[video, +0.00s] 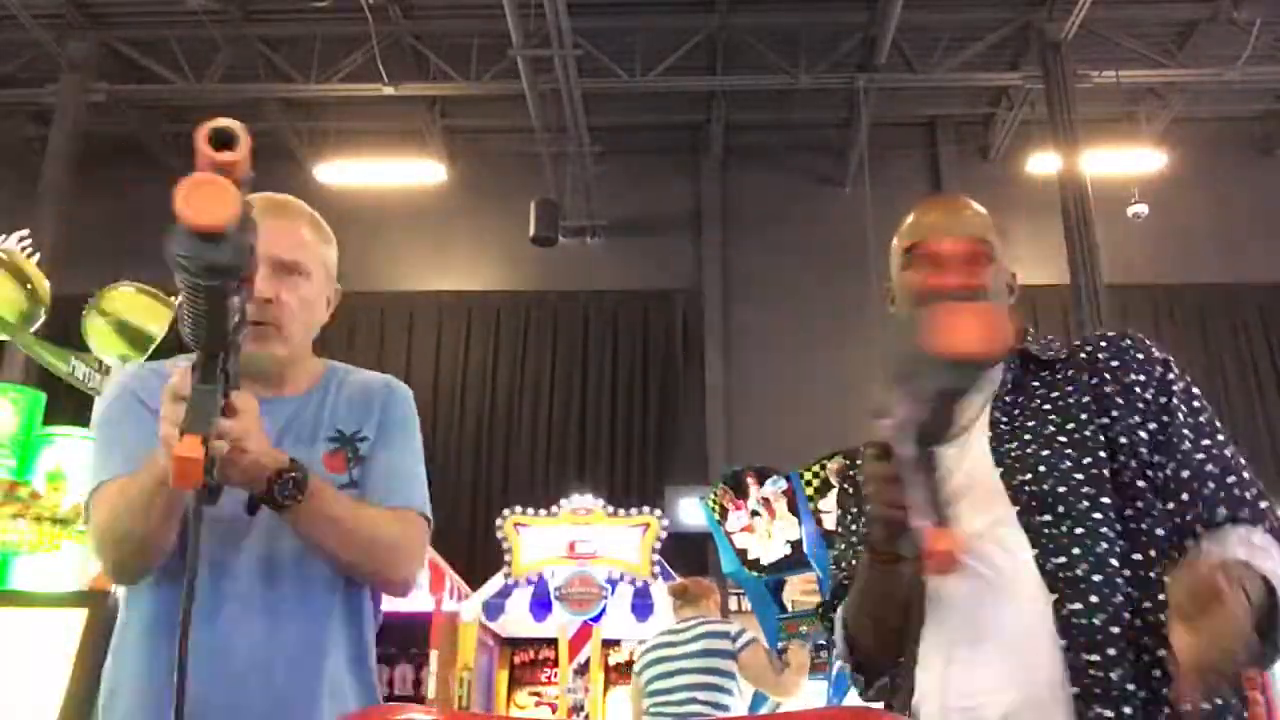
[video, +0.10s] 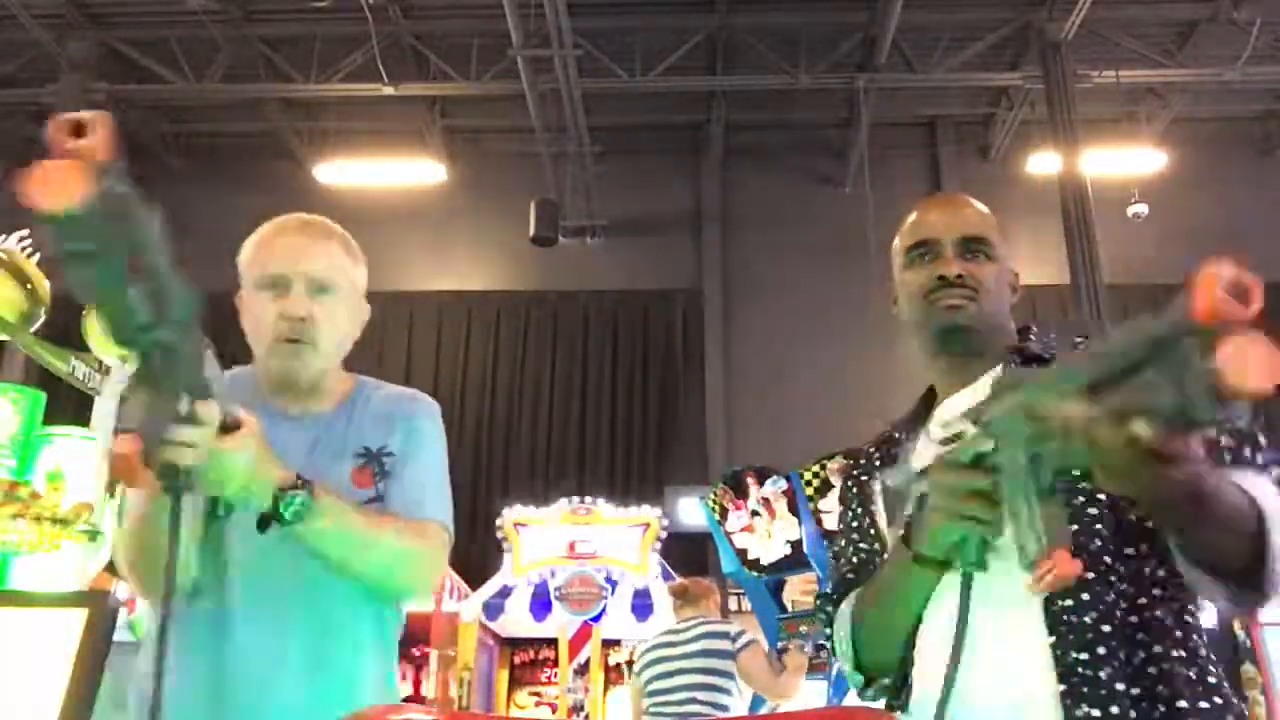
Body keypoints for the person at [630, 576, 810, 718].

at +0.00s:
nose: (722, 611)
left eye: (721, 606)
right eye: (720, 605)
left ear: (675, 611)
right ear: (713, 602)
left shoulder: (646, 649)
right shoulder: (730, 632)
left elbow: (638, 714)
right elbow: (785, 688)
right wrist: (800, 657)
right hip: (712, 713)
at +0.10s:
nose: (722, 610)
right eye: (720, 604)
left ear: (675, 610)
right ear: (713, 602)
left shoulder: (646, 649)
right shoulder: (730, 633)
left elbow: (638, 714)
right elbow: (780, 691)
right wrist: (797, 663)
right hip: (713, 712)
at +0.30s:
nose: (721, 606)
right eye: (720, 601)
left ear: (677, 608)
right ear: (713, 600)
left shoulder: (646, 648)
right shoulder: (729, 632)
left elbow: (638, 711)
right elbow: (749, 694)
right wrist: (768, 693)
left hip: (657, 714)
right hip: (708, 712)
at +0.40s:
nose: (720, 607)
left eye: (719, 601)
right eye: (717, 600)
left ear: (675, 607)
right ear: (710, 597)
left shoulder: (647, 646)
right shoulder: (728, 632)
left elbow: (637, 712)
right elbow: (764, 696)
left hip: (656, 715)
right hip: (706, 713)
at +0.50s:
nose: (719, 607)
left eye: (717, 600)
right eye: (716, 598)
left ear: (672, 607)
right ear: (707, 595)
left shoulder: (645, 648)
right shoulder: (727, 630)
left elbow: (637, 713)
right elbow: (776, 688)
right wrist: (792, 655)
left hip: (656, 716)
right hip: (707, 714)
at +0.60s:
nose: (719, 606)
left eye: (716, 598)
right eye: (715, 597)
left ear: (672, 606)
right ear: (706, 594)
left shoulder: (645, 646)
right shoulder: (727, 630)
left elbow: (634, 713)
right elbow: (780, 681)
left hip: (655, 715)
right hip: (708, 714)